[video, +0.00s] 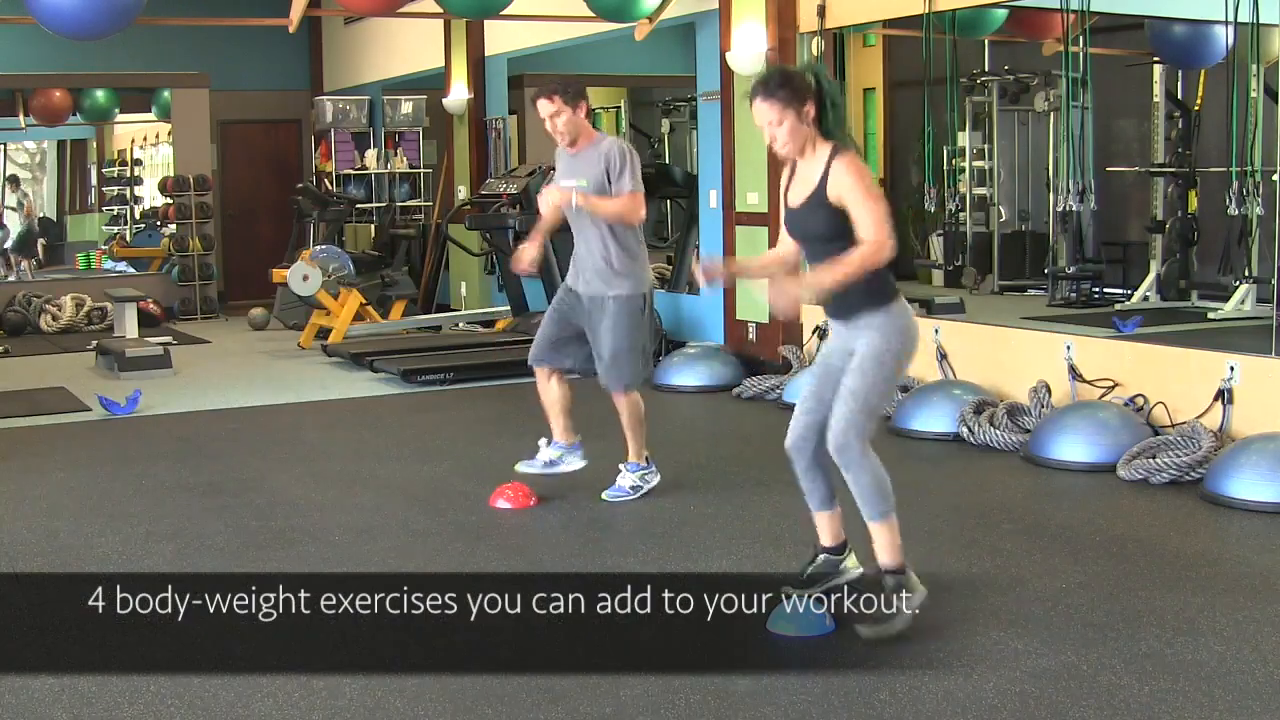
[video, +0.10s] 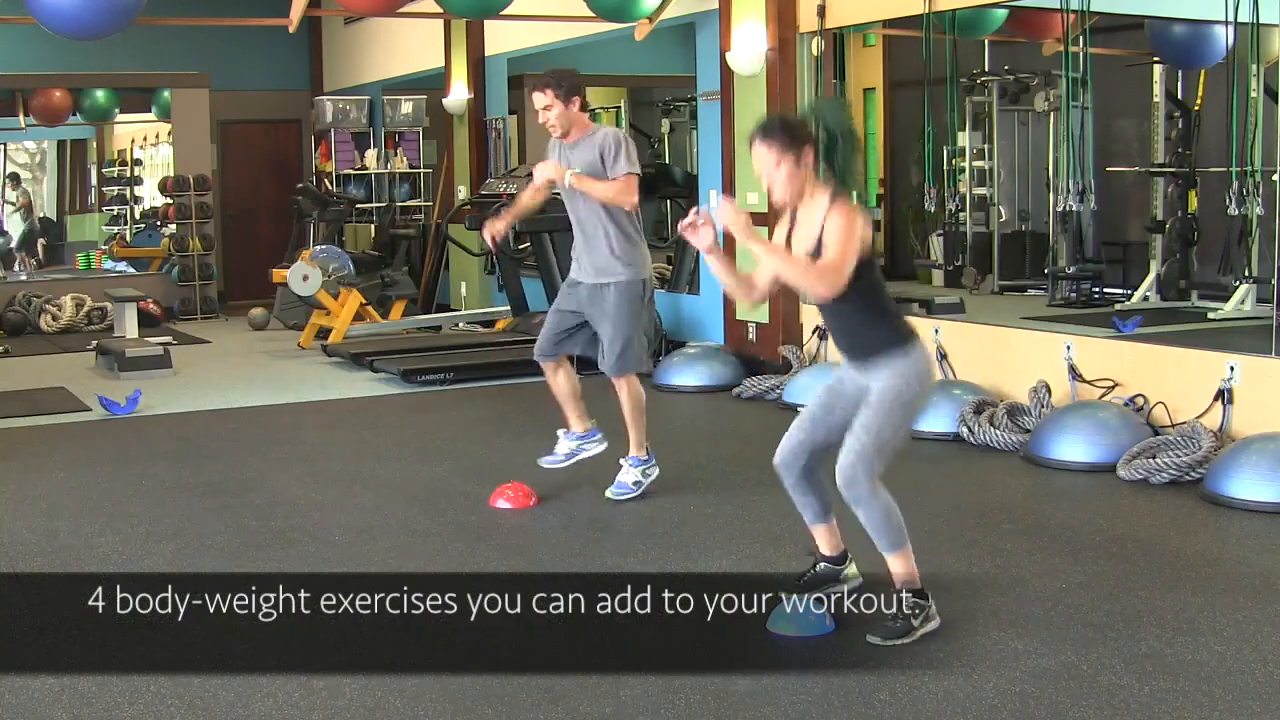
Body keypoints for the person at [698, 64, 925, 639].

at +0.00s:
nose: (768, 138)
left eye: (773, 125)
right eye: (763, 128)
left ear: (807, 112)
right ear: (771, 123)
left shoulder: (844, 167)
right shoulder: (793, 175)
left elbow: (881, 244)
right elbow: (789, 254)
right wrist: (729, 270)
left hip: (883, 326)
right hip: (842, 331)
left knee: (846, 440)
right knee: (802, 443)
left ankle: (897, 580)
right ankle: (834, 555)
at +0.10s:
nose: (765, 181)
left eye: (770, 168)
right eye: (761, 170)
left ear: (803, 159)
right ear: (779, 167)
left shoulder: (844, 213)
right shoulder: (788, 221)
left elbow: (825, 284)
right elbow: (750, 294)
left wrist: (749, 237)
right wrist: (711, 252)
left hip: (900, 363)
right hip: (853, 367)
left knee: (856, 472)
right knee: (792, 459)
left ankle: (913, 595)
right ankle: (835, 562)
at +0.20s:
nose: (766, 244)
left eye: (774, 232)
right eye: (762, 235)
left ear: (804, 227)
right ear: (759, 239)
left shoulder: (837, 282)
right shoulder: (784, 288)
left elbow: (781, 332)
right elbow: (720, 346)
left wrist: (748, 263)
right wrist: (710, 273)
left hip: (919, 414)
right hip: (866, 416)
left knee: (852, 485)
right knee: (785, 470)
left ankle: (914, 601)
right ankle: (837, 565)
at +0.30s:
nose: (760, 306)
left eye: (768, 294)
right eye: (757, 296)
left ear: (803, 292)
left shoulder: (838, 340)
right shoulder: (781, 345)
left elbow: (772, 396)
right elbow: (713, 397)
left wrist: (750, 319)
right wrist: (714, 324)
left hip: (931, 445)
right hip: (874, 445)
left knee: (855, 487)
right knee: (784, 472)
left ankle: (914, 602)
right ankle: (837, 566)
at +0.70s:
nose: (783, 257)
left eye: (791, 245)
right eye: (779, 248)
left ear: (827, 242)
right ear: (777, 247)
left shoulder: (861, 298)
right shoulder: (794, 301)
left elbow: (809, 366)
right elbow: (734, 346)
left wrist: (722, 384)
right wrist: (663, 361)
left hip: (941, 404)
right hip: (886, 404)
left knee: (873, 476)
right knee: (806, 466)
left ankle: (917, 600)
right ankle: (839, 566)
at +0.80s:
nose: (791, 205)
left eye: (798, 192)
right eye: (788, 194)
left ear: (837, 184)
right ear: (815, 191)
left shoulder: (879, 244)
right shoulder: (809, 249)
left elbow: (838, 333)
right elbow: (758, 318)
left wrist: (790, 406)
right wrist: (699, 375)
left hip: (938, 378)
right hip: (884, 378)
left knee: (881, 474)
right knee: (813, 458)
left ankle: (917, 599)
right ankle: (837, 564)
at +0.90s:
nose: (801, 161)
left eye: (807, 148)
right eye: (796, 150)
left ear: (845, 138)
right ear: (817, 147)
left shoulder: (887, 201)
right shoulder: (826, 203)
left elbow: (893, 299)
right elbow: (805, 286)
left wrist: (881, 384)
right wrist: (780, 352)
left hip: (925, 353)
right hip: (875, 348)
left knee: (887, 472)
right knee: (808, 437)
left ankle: (916, 598)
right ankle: (829, 549)